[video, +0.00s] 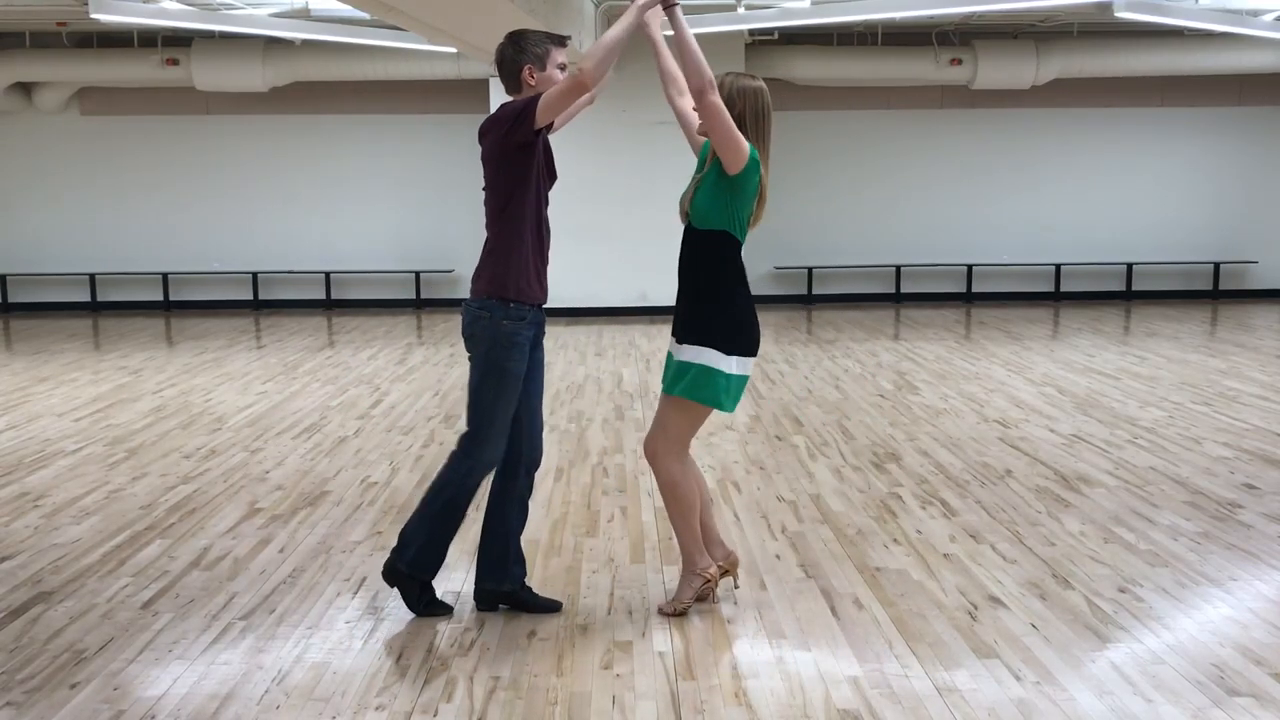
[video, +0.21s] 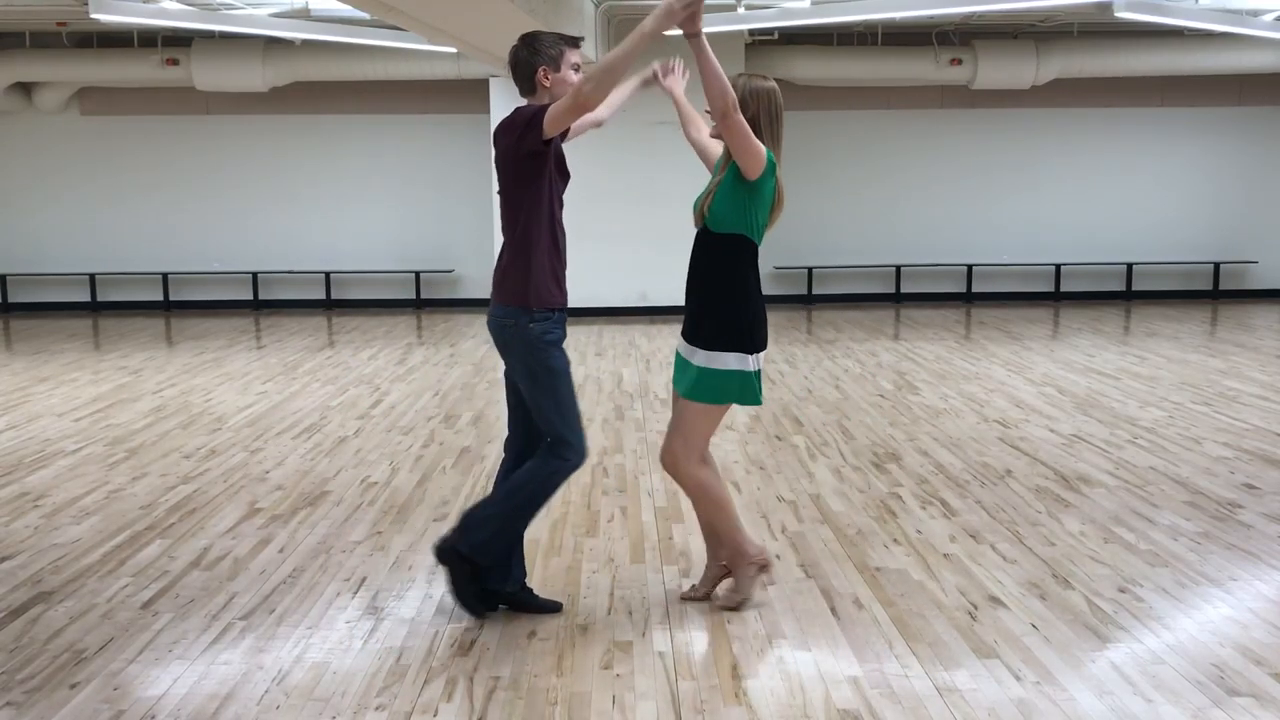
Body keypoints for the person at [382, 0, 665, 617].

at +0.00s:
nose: (570, 80)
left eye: (570, 69)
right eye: (563, 69)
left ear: (534, 77)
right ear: (531, 74)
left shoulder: (530, 128)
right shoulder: (506, 123)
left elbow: (587, 90)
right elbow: (583, 79)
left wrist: (640, 21)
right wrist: (631, 15)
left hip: (525, 317)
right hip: (497, 316)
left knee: (523, 454)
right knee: (483, 448)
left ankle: (498, 582)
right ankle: (410, 565)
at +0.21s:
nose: (586, 79)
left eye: (585, 69)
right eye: (578, 70)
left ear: (549, 78)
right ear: (548, 77)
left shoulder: (541, 134)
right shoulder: (520, 128)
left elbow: (597, 116)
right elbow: (586, 93)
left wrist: (645, 75)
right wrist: (657, 21)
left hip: (532, 314)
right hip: (526, 316)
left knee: (527, 447)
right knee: (566, 449)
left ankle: (499, 580)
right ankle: (466, 549)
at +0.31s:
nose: (597, 79)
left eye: (596, 70)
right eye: (590, 69)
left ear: (559, 77)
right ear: (559, 74)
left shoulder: (556, 134)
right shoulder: (532, 127)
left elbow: (600, 142)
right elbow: (584, 121)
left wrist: (646, 126)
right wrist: (664, 57)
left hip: (533, 313)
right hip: (542, 316)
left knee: (528, 447)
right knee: (593, 441)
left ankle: (496, 579)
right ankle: (523, 572)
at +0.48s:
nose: (622, 74)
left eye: (619, 64)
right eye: (612, 64)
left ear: (579, 72)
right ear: (580, 71)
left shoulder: (564, 130)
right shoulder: (567, 123)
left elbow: (580, 193)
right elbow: (583, 165)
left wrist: (632, 209)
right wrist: (659, 159)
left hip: (553, 308)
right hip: (573, 310)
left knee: (539, 447)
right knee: (611, 443)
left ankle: (502, 575)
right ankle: (609, 589)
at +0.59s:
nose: (636, 72)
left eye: (634, 62)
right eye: (628, 62)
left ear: (599, 72)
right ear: (597, 69)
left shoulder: (587, 132)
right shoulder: (583, 127)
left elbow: (583, 229)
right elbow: (583, 194)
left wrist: (634, 259)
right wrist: (653, 219)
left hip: (579, 308)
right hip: (594, 312)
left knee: (575, 439)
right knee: (622, 446)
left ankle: (513, 564)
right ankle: (610, 588)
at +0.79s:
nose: (660, 78)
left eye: (659, 68)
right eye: (652, 68)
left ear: (624, 75)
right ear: (623, 74)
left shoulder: (619, 137)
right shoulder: (605, 137)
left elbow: (613, 235)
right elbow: (593, 231)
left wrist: (658, 300)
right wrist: (652, 300)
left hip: (631, 316)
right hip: (620, 317)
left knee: (670, 439)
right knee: (641, 448)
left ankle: (600, 555)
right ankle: (611, 589)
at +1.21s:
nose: (679, 82)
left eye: (678, 72)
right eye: (672, 71)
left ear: (647, 76)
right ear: (642, 73)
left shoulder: (637, 139)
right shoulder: (620, 140)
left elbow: (634, 237)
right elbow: (617, 243)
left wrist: (686, 269)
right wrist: (692, 264)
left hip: (665, 309)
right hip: (644, 313)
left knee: (702, 436)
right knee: (688, 439)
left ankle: (699, 568)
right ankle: (625, 573)